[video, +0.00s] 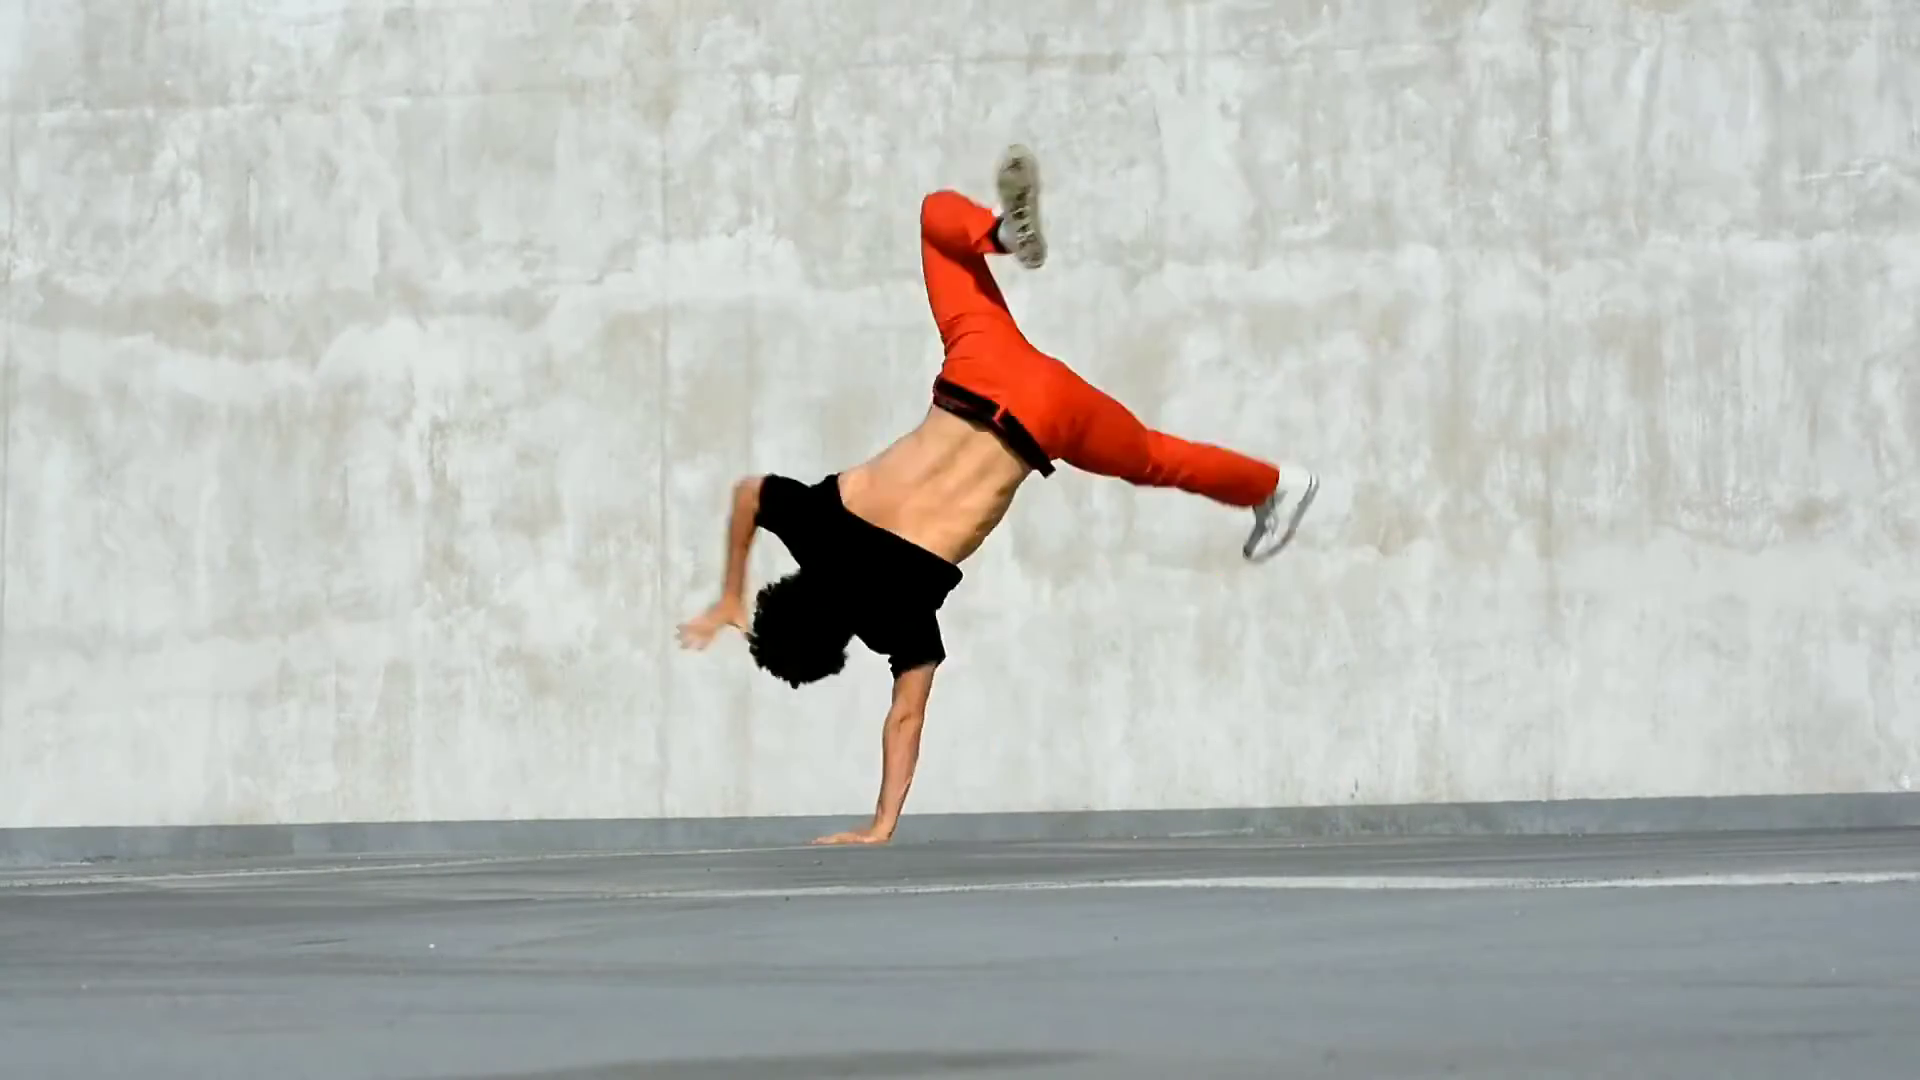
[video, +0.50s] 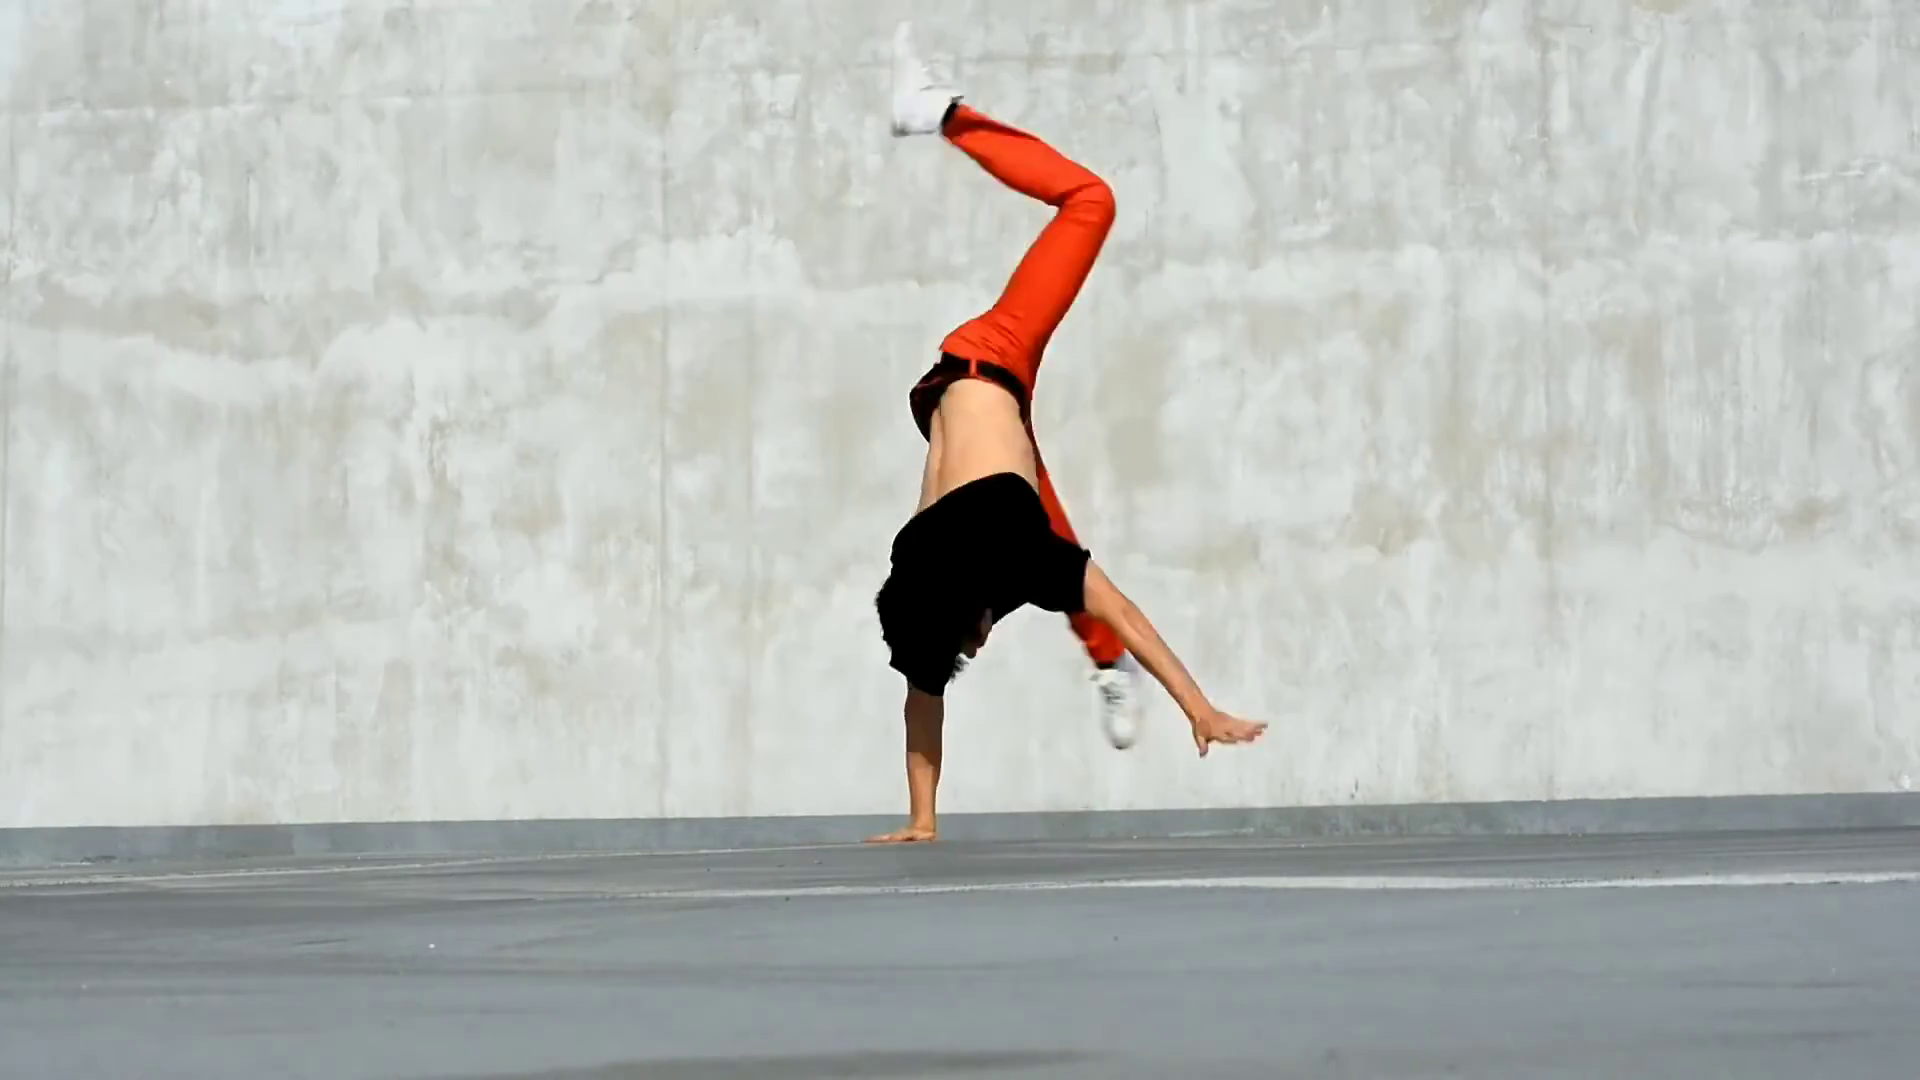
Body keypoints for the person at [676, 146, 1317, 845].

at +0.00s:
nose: (807, 668)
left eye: (800, 667)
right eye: (788, 656)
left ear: (831, 650)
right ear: (796, 608)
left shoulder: (907, 626)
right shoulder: (817, 527)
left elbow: (905, 722)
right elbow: (745, 495)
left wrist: (883, 827)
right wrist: (729, 599)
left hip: (1043, 411)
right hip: (971, 368)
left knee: (1153, 458)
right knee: (934, 217)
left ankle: (1277, 488)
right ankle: (1002, 231)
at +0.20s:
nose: (822, 538)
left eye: (804, 540)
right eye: (823, 556)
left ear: (790, 526)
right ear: (837, 566)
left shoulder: (795, 483)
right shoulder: (911, 552)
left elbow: (695, 520)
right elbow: (959, 644)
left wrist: (657, 620)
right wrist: (900, 750)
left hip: (980, 362)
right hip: (1032, 394)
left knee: (1003, 216)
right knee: (1154, 272)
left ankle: (1145, 252)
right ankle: (1279, 149)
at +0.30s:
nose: (882, 596)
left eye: (865, 584)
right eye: (870, 608)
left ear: (850, 549)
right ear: (860, 613)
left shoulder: (854, 489)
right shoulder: (922, 620)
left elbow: (791, 424)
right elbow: (927, 714)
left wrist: (680, 444)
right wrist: (922, 825)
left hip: (978, 362)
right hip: (1048, 409)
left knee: (932, 185)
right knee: (1192, 366)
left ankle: (918, 311)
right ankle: (1345, 322)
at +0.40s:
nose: (919, 633)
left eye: (911, 621)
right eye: (907, 634)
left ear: (908, 585)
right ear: (899, 620)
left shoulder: (927, 519)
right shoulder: (919, 624)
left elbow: (991, 508)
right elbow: (924, 718)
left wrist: (1041, 555)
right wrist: (922, 824)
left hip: (974, 359)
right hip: (1022, 423)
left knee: (974, 187)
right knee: (1154, 496)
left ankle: (832, 243)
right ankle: (1326, 566)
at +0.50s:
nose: (977, 649)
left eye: (972, 642)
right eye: (967, 649)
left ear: (973, 617)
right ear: (941, 628)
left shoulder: (1025, 562)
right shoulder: (917, 605)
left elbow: (1122, 616)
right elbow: (924, 709)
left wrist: (1199, 711)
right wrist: (920, 820)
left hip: (985, 367)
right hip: (947, 413)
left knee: (1090, 197)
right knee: (1065, 543)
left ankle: (947, 119)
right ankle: (1107, 667)